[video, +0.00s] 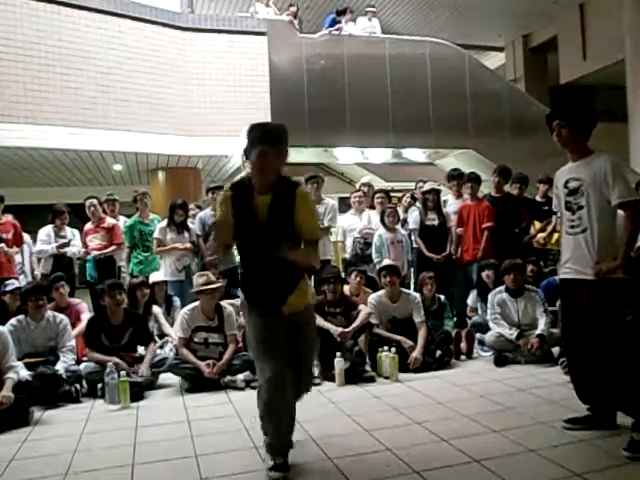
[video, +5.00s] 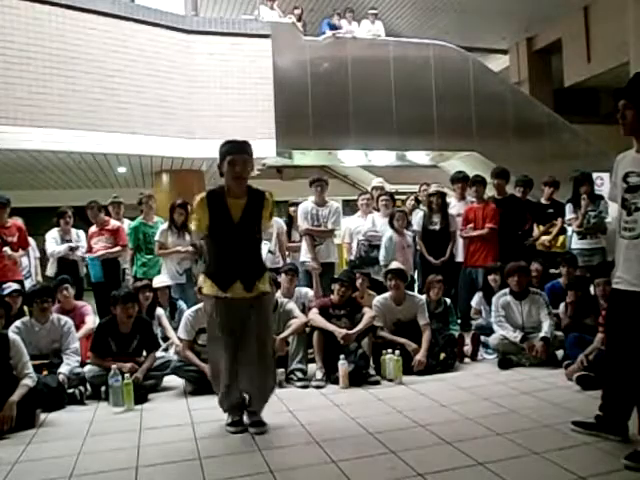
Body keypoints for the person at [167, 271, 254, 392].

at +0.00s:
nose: (212, 295)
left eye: (214, 291)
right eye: (207, 293)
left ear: (218, 292)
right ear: (198, 295)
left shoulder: (227, 312)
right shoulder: (187, 314)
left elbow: (232, 343)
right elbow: (181, 347)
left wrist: (222, 364)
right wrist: (200, 365)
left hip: (221, 358)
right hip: (197, 359)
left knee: (247, 359)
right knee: (173, 364)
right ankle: (222, 381)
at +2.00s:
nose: (212, 297)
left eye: (215, 293)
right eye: (207, 294)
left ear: (221, 293)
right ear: (200, 296)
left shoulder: (229, 314)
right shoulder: (191, 315)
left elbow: (236, 345)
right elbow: (183, 349)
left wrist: (225, 367)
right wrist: (204, 367)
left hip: (224, 359)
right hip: (200, 359)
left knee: (243, 369)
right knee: (177, 367)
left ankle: (200, 386)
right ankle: (225, 384)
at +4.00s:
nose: (211, 296)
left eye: (214, 292)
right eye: (206, 293)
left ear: (221, 293)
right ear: (199, 296)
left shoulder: (230, 314)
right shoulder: (191, 315)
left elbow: (239, 347)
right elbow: (183, 349)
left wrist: (224, 368)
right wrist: (205, 367)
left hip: (226, 362)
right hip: (200, 362)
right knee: (177, 366)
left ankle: (200, 386)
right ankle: (225, 383)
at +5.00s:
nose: (213, 302)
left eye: (216, 297)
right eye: (210, 297)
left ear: (221, 298)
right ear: (200, 295)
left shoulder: (228, 314)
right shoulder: (192, 315)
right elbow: (184, 350)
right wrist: (204, 367)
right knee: (176, 366)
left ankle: (200, 386)